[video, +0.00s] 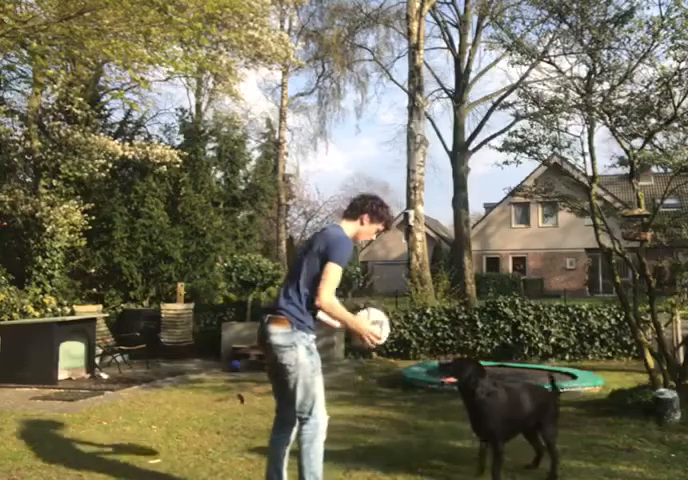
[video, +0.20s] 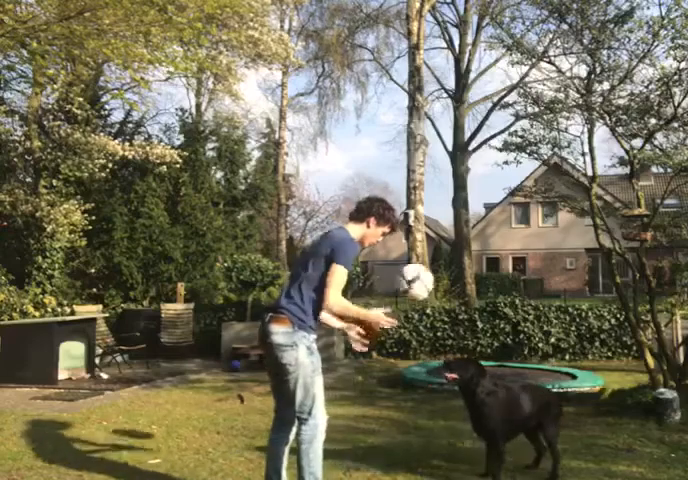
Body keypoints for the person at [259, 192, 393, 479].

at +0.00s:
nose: (372, 238)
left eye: (377, 233)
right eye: (376, 231)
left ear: (359, 217)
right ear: (365, 218)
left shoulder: (321, 236)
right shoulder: (340, 241)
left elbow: (311, 306)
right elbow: (324, 299)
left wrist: (350, 326)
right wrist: (358, 326)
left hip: (273, 328)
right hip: (292, 333)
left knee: (287, 414)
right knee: (314, 417)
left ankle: (275, 475)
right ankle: (312, 475)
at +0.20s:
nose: (378, 240)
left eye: (383, 235)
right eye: (382, 233)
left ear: (364, 220)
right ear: (371, 221)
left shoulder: (327, 239)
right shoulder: (346, 243)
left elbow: (313, 308)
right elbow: (332, 302)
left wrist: (347, 327)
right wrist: (370, 316)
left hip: (274, 329)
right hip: (293, 334)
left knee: (285, 416)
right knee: (313, 419)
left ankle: (274, 475)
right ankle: (311, 475)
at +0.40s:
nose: (384, 244)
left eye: (389, 238)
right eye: (388, 236)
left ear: (366, 223)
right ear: (376, 226)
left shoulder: (334, 243)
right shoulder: (353, 249)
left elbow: (301, 294)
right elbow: (324, 298)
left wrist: (321, 331)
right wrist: (356, 329)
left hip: (277, 327)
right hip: (296, 333)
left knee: (297, 412)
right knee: (323, 415)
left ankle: (281, 474)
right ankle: (317, 475)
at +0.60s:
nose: (390, 253)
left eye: (392, 247)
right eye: (390, 245)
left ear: (364, 237)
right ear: (377, 239)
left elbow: (313, 321)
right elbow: (346, 330)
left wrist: (348, 351)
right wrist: (384, 362)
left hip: (271, 335)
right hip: (293, 341)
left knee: (294, 415)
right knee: (328, 415)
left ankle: (282, 475)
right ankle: (319, 475)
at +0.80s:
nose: (387, 241)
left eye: (390, 235)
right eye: (388, 234)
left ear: (363, 227)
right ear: (375, 228)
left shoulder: (338, 256)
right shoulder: (361, 264)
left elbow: (350, 318)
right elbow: (355, 327)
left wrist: (387, 316)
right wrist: (399, 323)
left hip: (274, 335)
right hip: (295, 341)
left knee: (302, 415)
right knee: (334, 415)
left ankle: (285, 474)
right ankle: (321, 475)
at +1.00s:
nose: (382, 224)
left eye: (385, 218)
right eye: (383, 216)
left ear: (363, 209)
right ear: (367, 208)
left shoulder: (338, 237)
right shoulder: (349, 241)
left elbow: (337, 291)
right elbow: (340, 298)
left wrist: (369, 290)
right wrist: (378, 278)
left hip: (292, 331)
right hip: (307, 336)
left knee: (306, 412)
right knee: (334, 416)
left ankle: (286, 474)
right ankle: (321, 475)